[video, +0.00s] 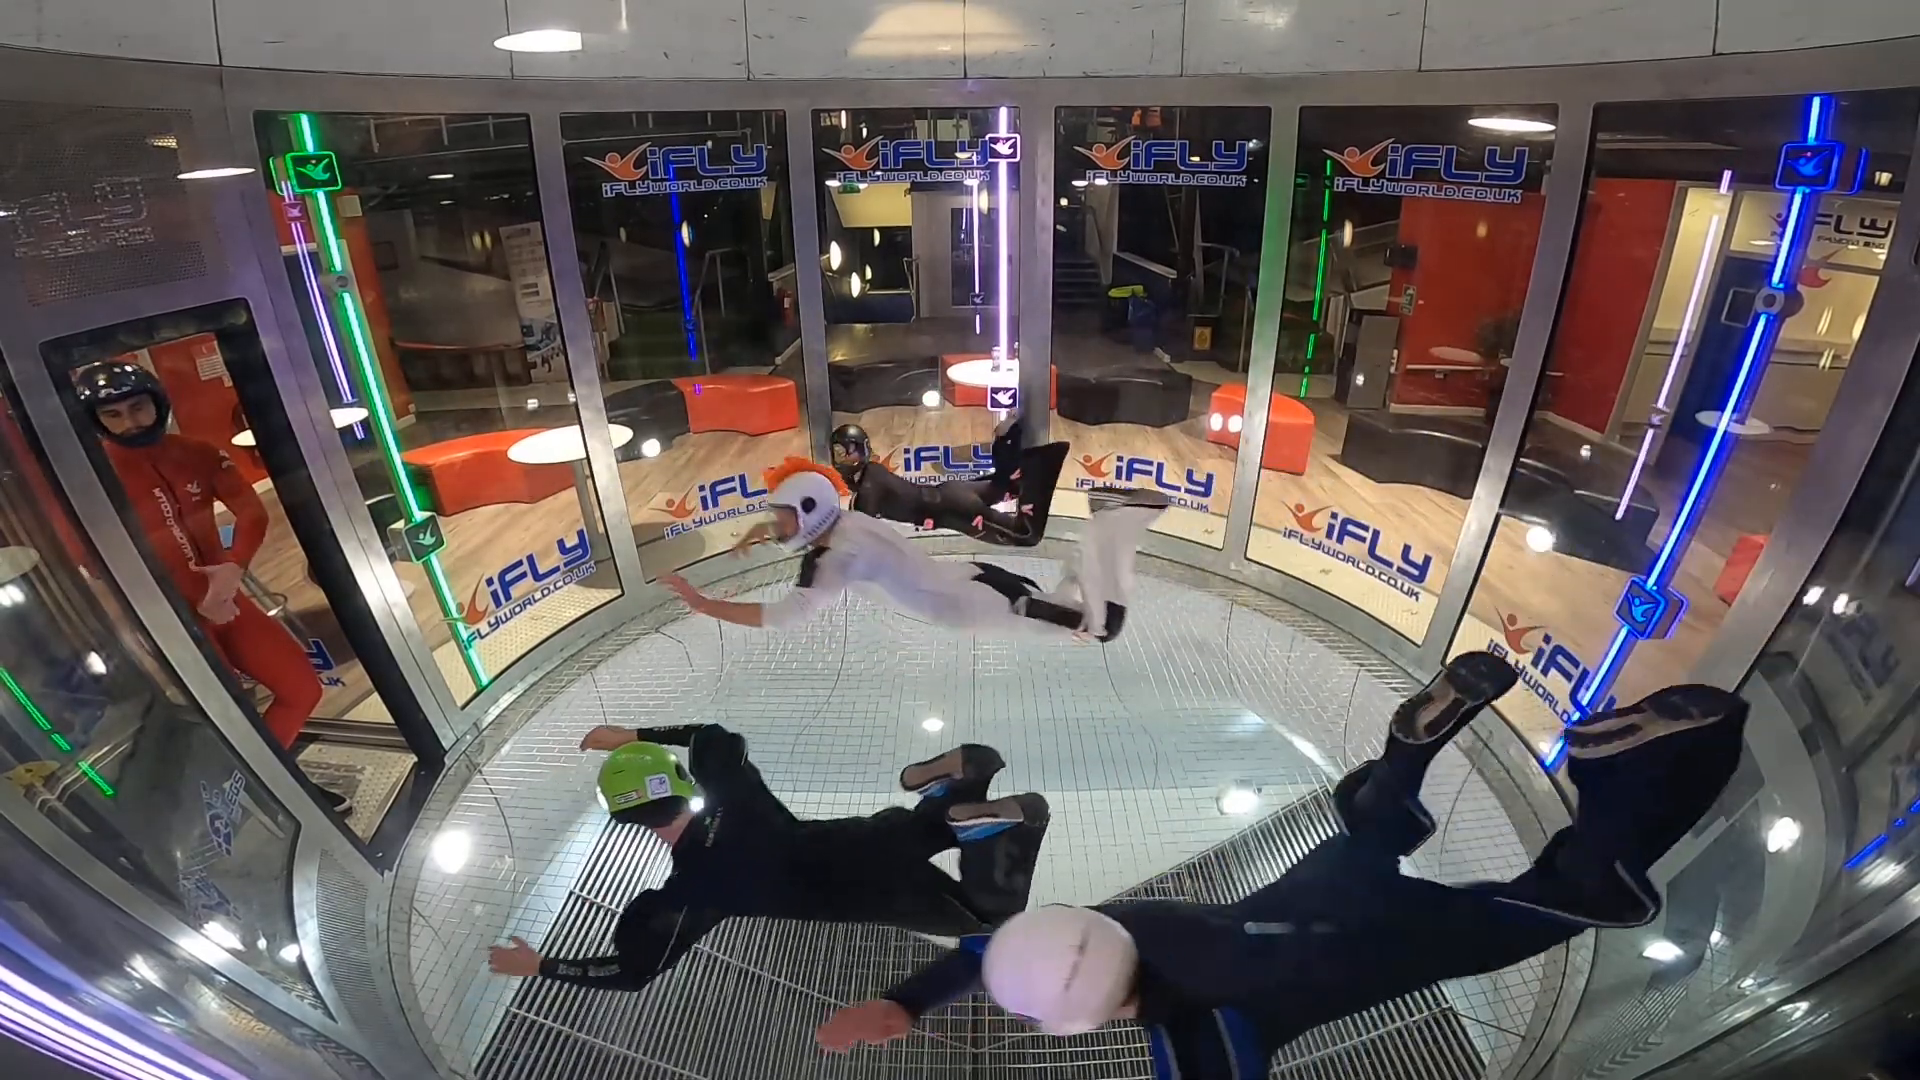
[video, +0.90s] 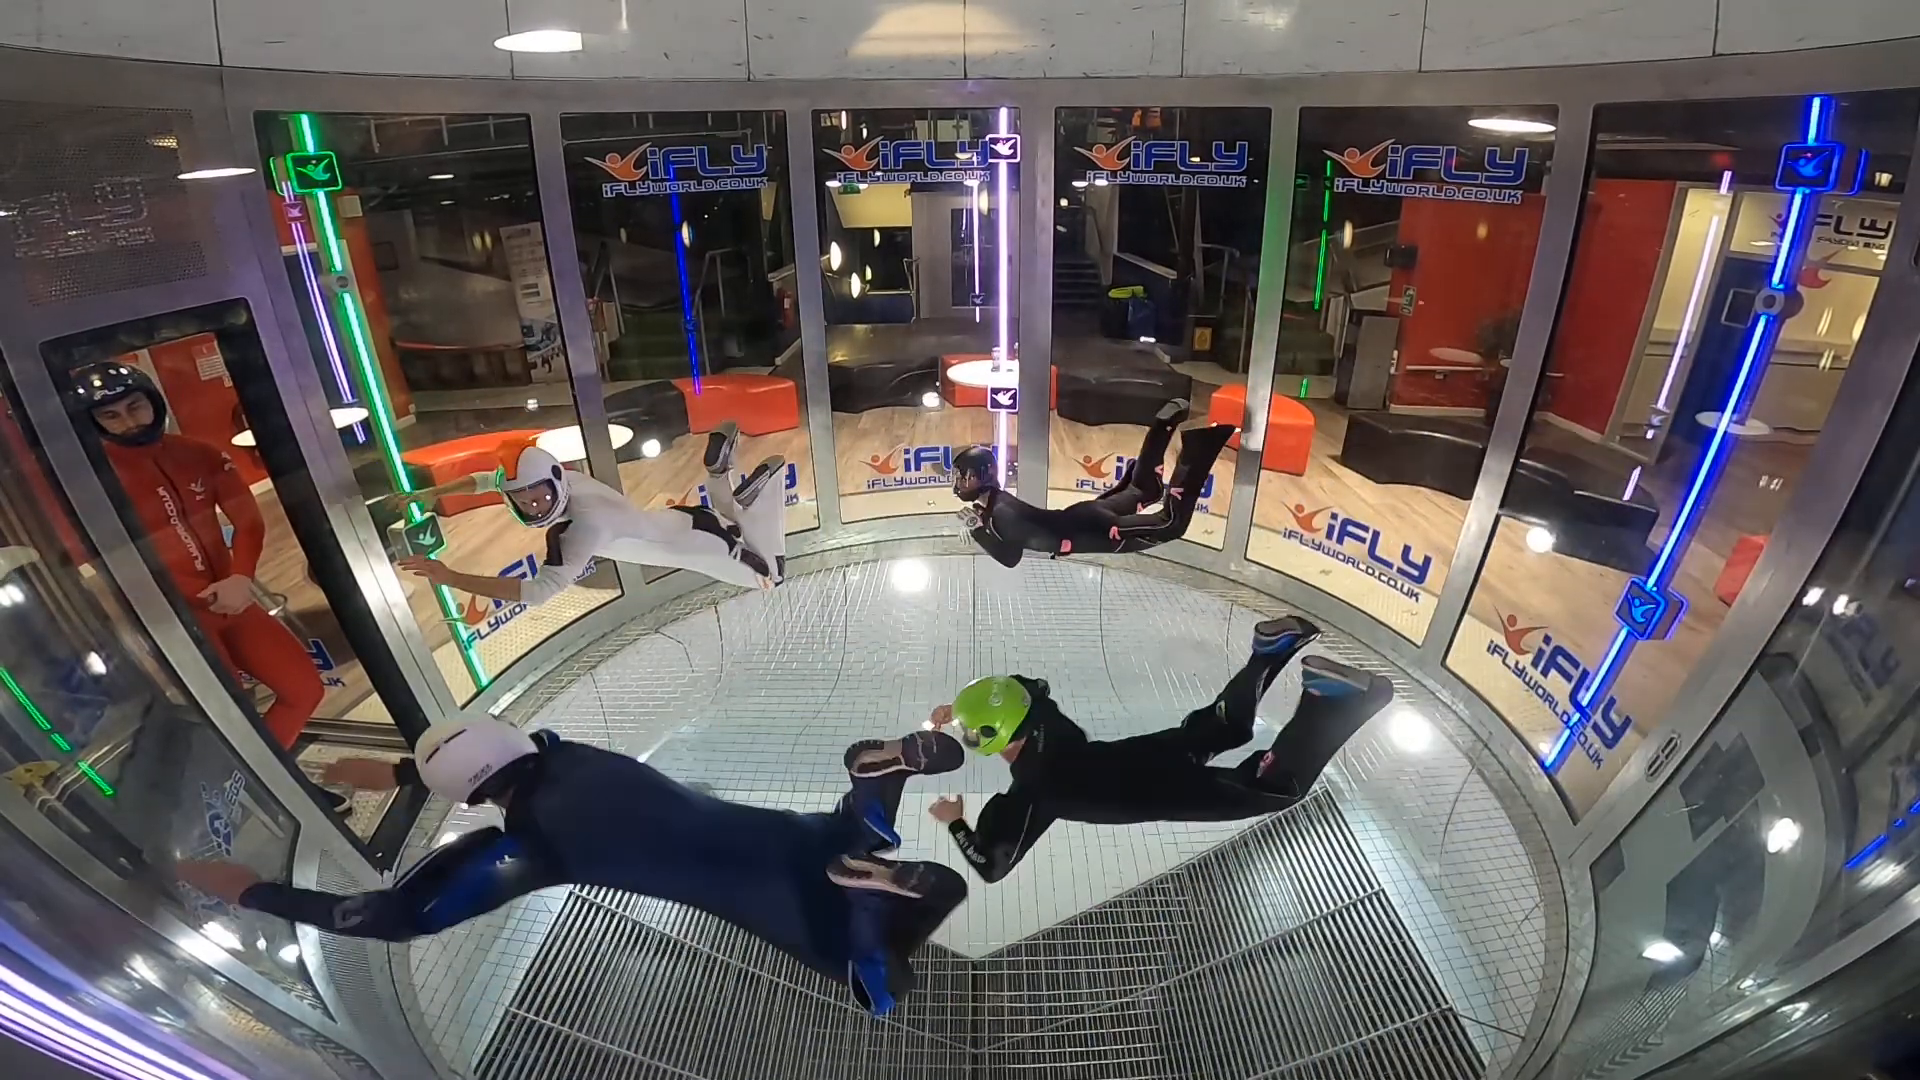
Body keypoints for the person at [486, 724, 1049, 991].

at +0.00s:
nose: (658, 810)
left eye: (645, 812)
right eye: (656, 797)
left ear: (644, 828)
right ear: (676, 786)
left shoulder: (690, 895)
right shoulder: (729, 789)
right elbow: (709, 736)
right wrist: (638, 738)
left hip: (875, 900)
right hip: (875, 834)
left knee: (993, 926)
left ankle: (993, 843)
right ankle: (956, 780)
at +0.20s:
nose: (710, 806)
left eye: (707, 800)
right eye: (712, 790)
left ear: (717, 802)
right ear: (741, 763)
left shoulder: (755, 862)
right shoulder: (785, 764)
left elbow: (701, 939)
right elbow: (774, 714)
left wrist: (633, 919)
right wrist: (707, 716)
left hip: (918, 865)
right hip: (916, 807)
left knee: (1042, 877)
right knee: (981, 797)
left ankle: (1046, 782)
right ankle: (1008, 740)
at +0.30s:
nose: (754, 793)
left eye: (744, 786)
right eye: (751, 779)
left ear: (743, 792)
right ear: (776, 751)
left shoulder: (793, 847)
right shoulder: (820, 750)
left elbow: (757, 901)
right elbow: (805, 707)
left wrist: (686, 898)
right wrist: (740, 711)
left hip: (964, 852)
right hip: (961, 799)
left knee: (1072, 864)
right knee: (1026, 777)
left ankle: (1086, 765)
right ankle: (1042, 719)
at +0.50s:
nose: (850, 779)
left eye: (847, 772)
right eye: (843, 771)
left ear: (841, 777)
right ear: (866, 741)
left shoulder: (885, 825)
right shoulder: (898, 747)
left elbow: (836, 894)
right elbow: (880, 706)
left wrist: (792, 864)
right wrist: (826, 720)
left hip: (1039, 825)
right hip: (1038, 774)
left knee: (1148, 826)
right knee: (1094, 763)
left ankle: (1160, 751)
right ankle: (1104, 718)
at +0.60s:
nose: (868, 771)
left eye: (865, 763)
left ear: (882, 769)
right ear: (902, 727)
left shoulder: (922, 810)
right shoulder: (930, 722)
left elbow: (889, 881)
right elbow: (907, 705)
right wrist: (852, 725)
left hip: (1041, 826)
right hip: (1026, 777)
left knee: (1171, 820)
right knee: (1112, 755)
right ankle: (1153, 715)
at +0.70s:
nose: (921, 763)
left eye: (922, 757)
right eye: (918, 753)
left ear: (936, 754)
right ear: (936, 712)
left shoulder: (965, 783)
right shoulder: (962, 708)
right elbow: (930, 701)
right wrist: (889, 721)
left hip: (1086, 808)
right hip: (1071, 768)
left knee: (1206, 814)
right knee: (1162, 747)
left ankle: (1253, 729)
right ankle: (1198, 687)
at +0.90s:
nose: (976, 743)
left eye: (979, 737)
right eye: (977, 736)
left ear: (1001, 740)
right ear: (1017, 710)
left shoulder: (1034, 789)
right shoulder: (1041, 714)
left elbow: (991, 863)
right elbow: (1017, 689)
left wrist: (956, 823)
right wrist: (960, 710)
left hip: (1168, 793)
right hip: (1151, 750)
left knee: (1278, 788)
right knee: (1226, 724)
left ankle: (1332, 699)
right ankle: (1269, 655)